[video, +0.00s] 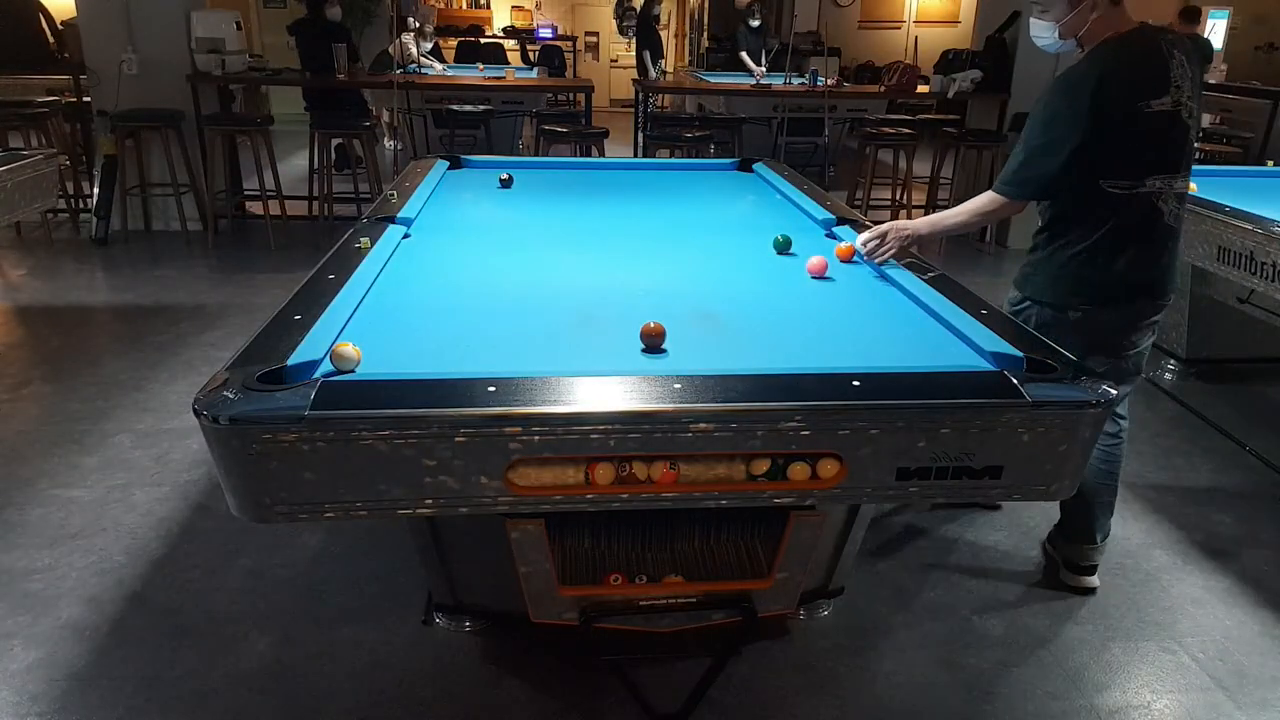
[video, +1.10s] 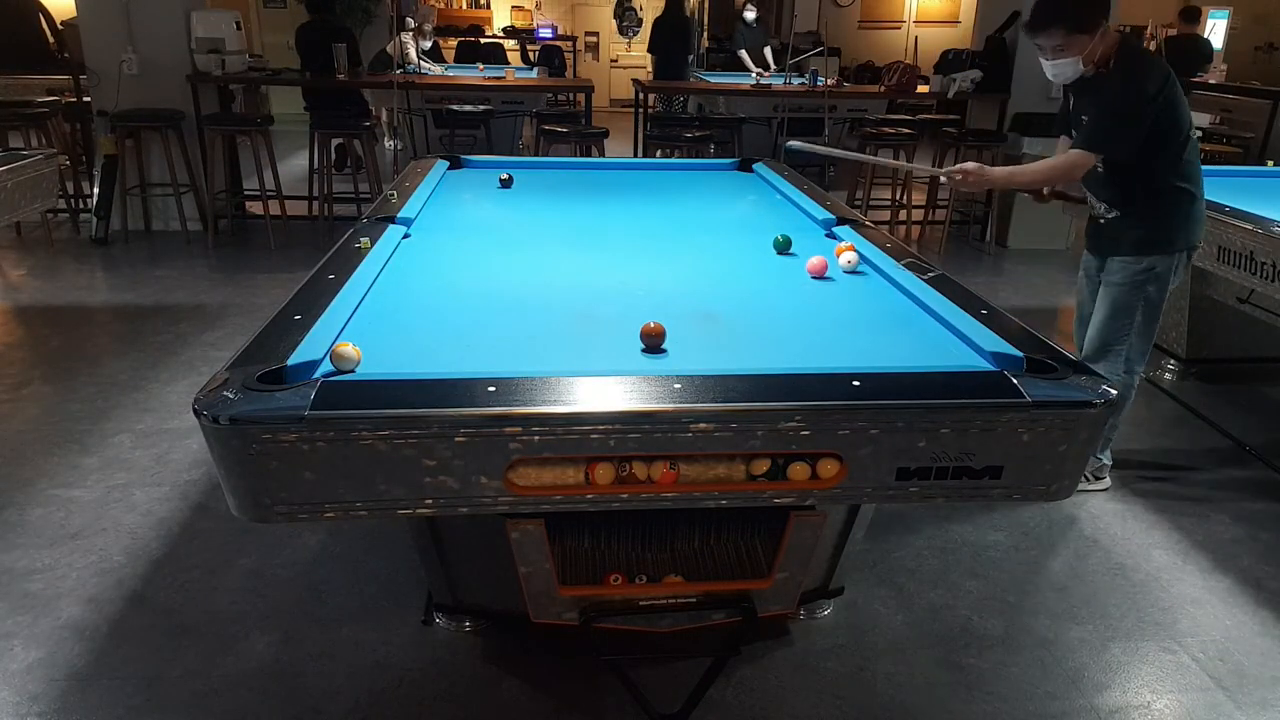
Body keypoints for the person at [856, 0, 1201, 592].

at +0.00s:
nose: (1054, 24)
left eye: (1058, 12)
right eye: (1052, 14)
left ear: (1089, 6)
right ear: (1112, 7)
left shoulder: (1081, 84)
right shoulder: (1176, 56)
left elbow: (1008, 197)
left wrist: (914, 227)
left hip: (1068, 274)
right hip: (1144, 276)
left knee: (1015, 391)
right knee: (1108, 411)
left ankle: (975, 479)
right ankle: (1079, 555)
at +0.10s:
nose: (967, 31)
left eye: (976, 21)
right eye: (962, 20)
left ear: (1019, 12)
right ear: (1024, 12)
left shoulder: (1022, 82)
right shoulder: (1074, 37)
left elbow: (971, 183)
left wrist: (893, 236)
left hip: (1026, 251)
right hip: (1076, 240)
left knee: (981, 357)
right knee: (1036, 360)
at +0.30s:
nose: (953, 39)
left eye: (967, 31)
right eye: (946, 26)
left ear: (1008, 25)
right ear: (939, 14)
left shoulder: (1010, 87)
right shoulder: (1020, 40)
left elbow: (961, 179)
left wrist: (894, 236)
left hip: (1018, 235)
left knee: (980, 349)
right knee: (1024, 343)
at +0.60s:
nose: (963, 41)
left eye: (977, 32)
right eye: (956, 28)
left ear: (1016, 28)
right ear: (949, 17)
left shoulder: (1021, 88)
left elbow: (966, 179)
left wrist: (895, 235)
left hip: (1030, 242)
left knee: (998, 357)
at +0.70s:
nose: (1014, 14)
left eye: (1029, 7)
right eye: (1012, 5)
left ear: (1065, 9)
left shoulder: (1083, 72)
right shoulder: (1029, 54)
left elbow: (1059, 176)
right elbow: (1001, 122)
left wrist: (975, 169)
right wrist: (964, 171)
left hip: (1055, 243)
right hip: (1023, 231)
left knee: (1011, 356)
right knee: (1044, 345)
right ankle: (1087, 430)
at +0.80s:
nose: (1064, 10)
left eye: (1076, 4)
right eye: (1064, 4)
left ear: (1110, 6)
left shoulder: (1135, 56)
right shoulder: (1078, 53)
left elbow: (1089, 143)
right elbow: (1060, 134)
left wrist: (1014, 121)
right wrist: (1031, 190)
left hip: (1101, 234)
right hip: (1064, 226)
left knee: (1041, 347)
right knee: (1082, 341)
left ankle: (1036, 452)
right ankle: (1092, 438)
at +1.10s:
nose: (1051, 62)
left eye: (1061, 50)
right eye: (1045, 51)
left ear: (1098, 33)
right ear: (1040, 38)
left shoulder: (1136, 75)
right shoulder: (1084, 72)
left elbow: (1081, 164)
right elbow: (1068, 148)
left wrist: (992, 176)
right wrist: (1055, 182)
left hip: (1155, 232)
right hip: (1108, 223)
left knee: (1112, 355)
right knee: (1087, 346)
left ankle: (1094, 461)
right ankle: (1071, 453)